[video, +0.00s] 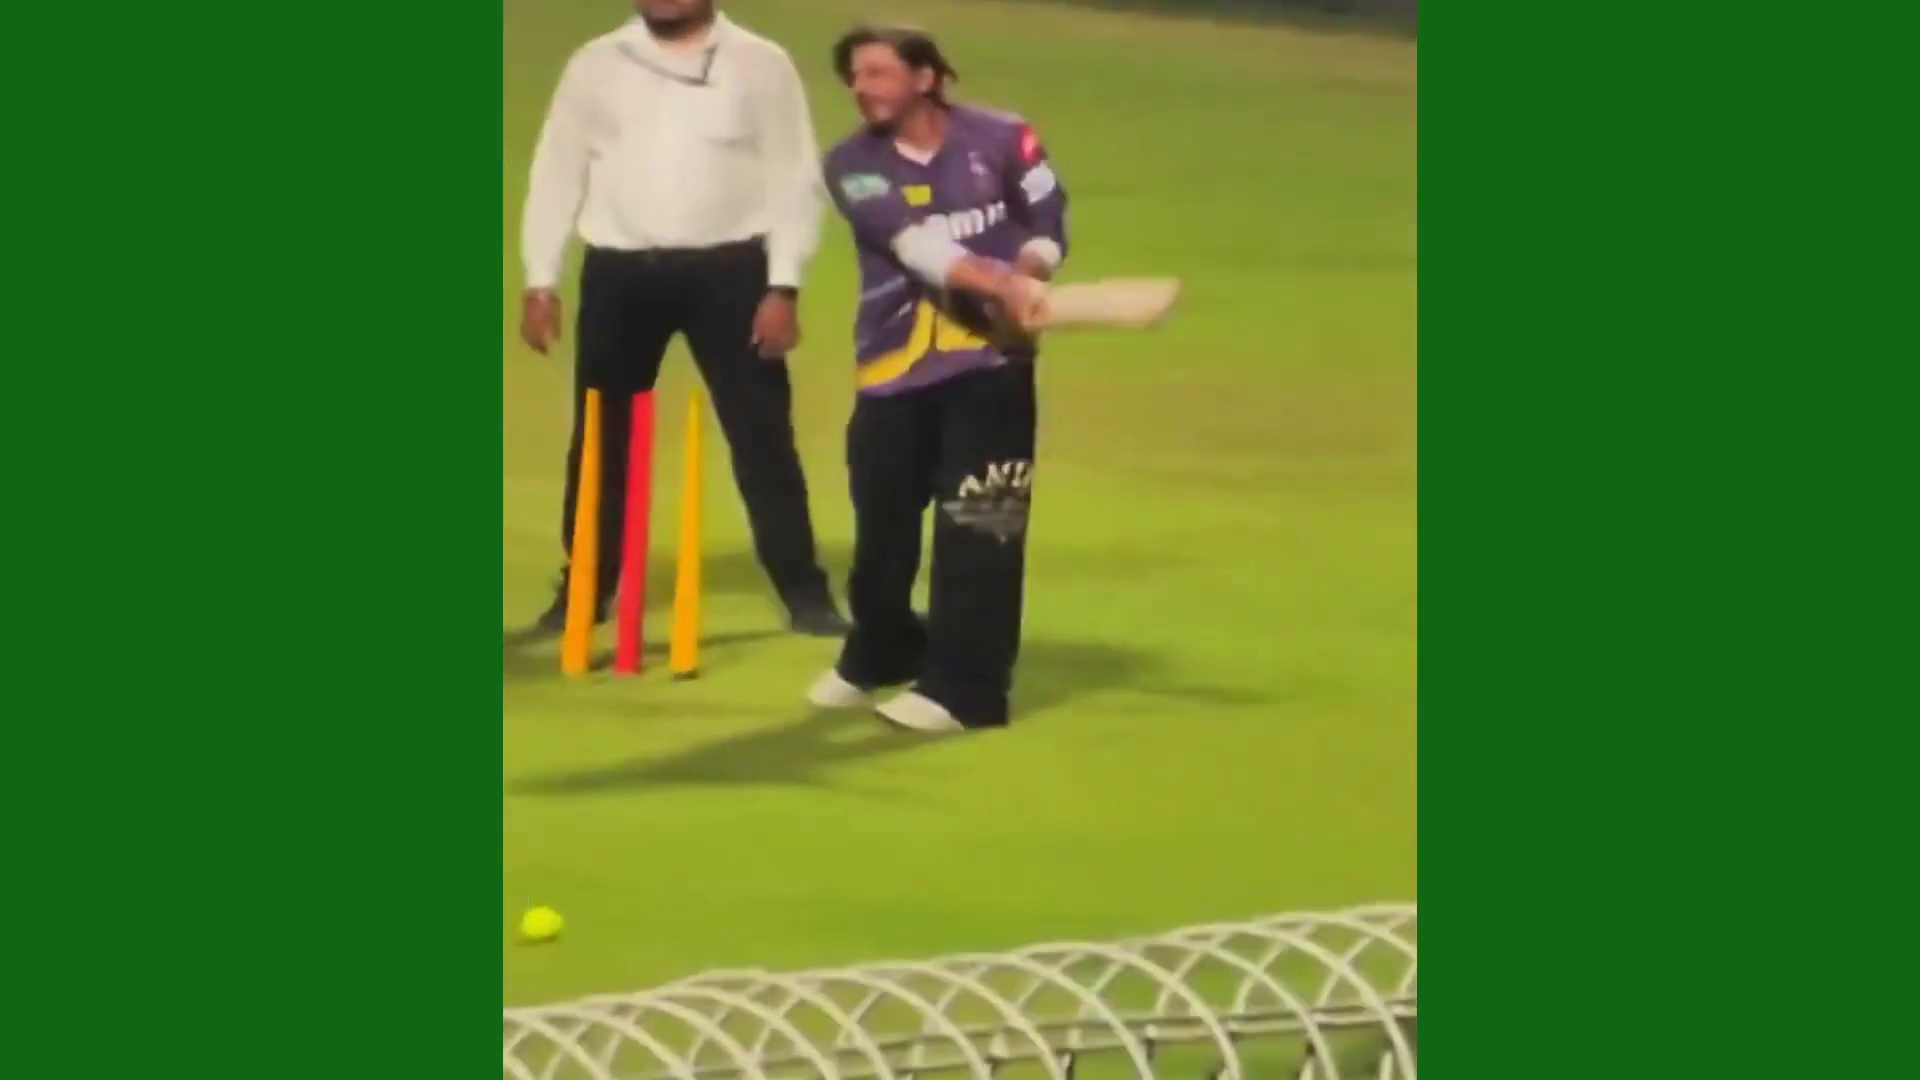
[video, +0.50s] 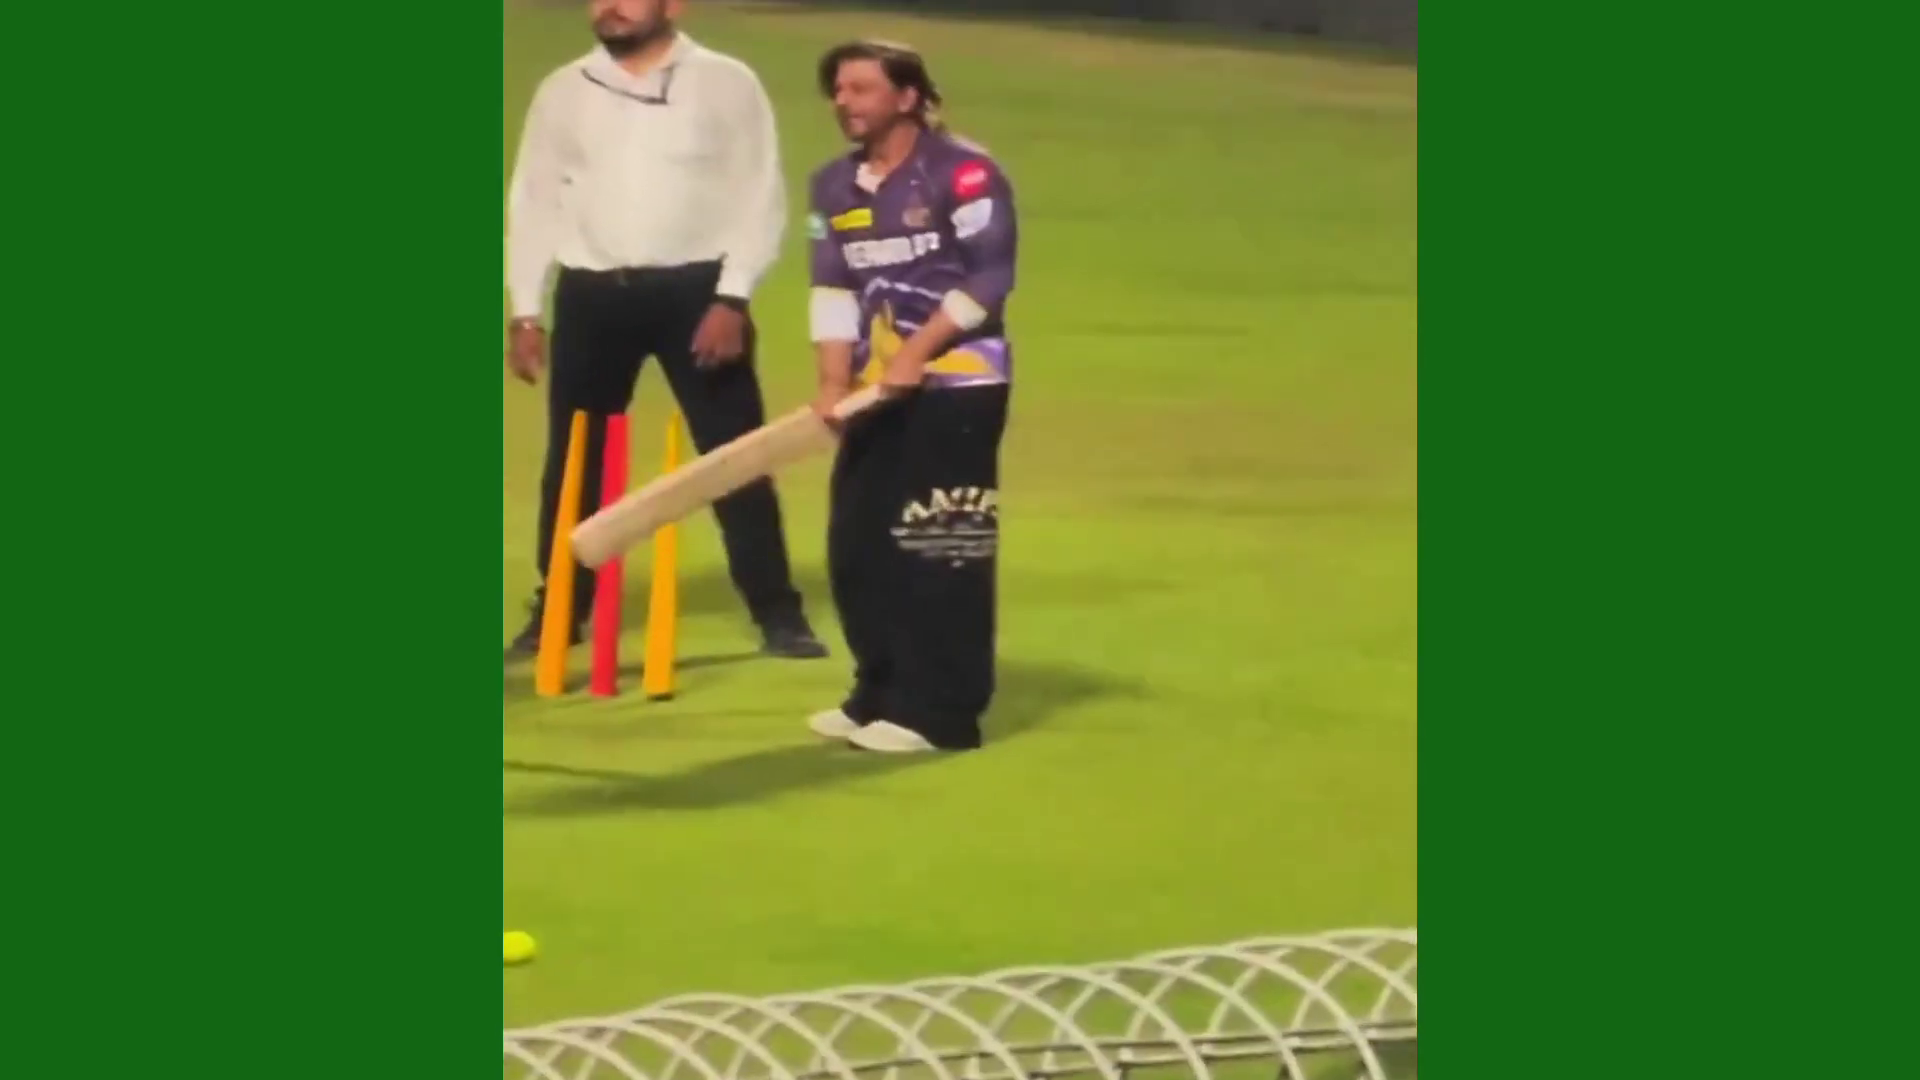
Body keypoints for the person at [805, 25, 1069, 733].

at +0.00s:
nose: (864, 88)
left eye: (877, 74)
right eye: (856, 77)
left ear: (925, 76)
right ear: (851, 87)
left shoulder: (1005, 139)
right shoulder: (851, 163)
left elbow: (1049, 226)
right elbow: (914, 244)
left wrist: (1022, 276)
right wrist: (999, 287)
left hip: (988, 368)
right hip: (893, 376)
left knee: (977, 530)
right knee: (881, 522)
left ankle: (967, 691)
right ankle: (879, 655)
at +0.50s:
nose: (845, 102)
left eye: (860, 89)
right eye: (839, 92)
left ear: (908, 96)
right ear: (836, 103)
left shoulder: (967, 172)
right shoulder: (833, 185)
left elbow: (990, 281)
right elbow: (832, 295)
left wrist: (915, 351)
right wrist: (833, 383)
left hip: (958, 385)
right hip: (879, 389)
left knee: (941, 546)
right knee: (856, 541)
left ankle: (942, 713)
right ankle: (879, 692)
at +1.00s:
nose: (868, 86)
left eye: (884, 74)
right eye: (864, 75)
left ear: (931, 84)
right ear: (861, 89)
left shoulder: (974, 159)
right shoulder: (870, 179)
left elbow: (977, 266)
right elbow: (865, 291)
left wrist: (903, 334)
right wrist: (844, 380)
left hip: (970, 380)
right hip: (904, 383)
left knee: (962, 539)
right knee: (889, 537)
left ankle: (981, 706)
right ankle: (926, 686)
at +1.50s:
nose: (923, 113)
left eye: (939, 102)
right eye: (921, 102)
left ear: (985, 113)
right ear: (922, 115)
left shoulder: (1023, 188)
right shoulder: (928, 211)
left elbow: (1030, 302)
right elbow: (925, 322)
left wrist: (977, 381)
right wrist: (882, 419)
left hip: (999, 394)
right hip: (941, 394)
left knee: (956, 554)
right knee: (930, 554)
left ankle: (989, 725)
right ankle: (971, 718)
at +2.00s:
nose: (971, 168)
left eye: (985, 156)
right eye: (975, 155)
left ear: (1029, 168)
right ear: (1024, 169)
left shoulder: (1060, 246)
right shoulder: (1020, 247)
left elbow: (1052, 360)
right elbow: (1022, 354)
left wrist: (1004, 441)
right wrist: (1000, 422)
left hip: (1059, 461)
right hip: (1041, 458)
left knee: (962, 602)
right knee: (1050, 628)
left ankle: (892, 765)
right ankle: (1089, 778)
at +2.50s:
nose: (982, 196)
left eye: (992, 186)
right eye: (988, 183)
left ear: (1028, 201)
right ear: (1034, 201)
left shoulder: (1043, 285)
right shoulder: (1064, 270)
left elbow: (1014, 402)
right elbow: (1027, 395)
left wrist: (963, 441)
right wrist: (974, 444)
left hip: (1048, 487)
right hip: (1074, 487)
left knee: (1006, 649)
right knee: (1052, 649)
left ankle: (1001, 813)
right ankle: (1156, 786)